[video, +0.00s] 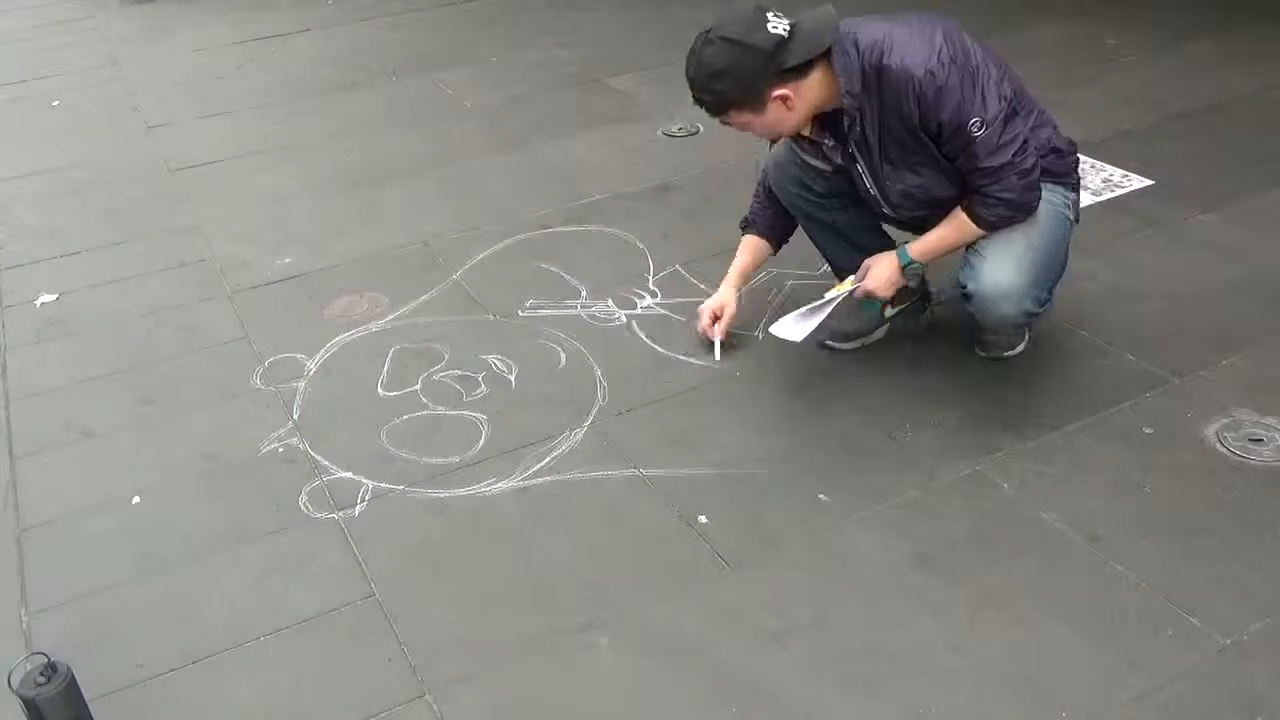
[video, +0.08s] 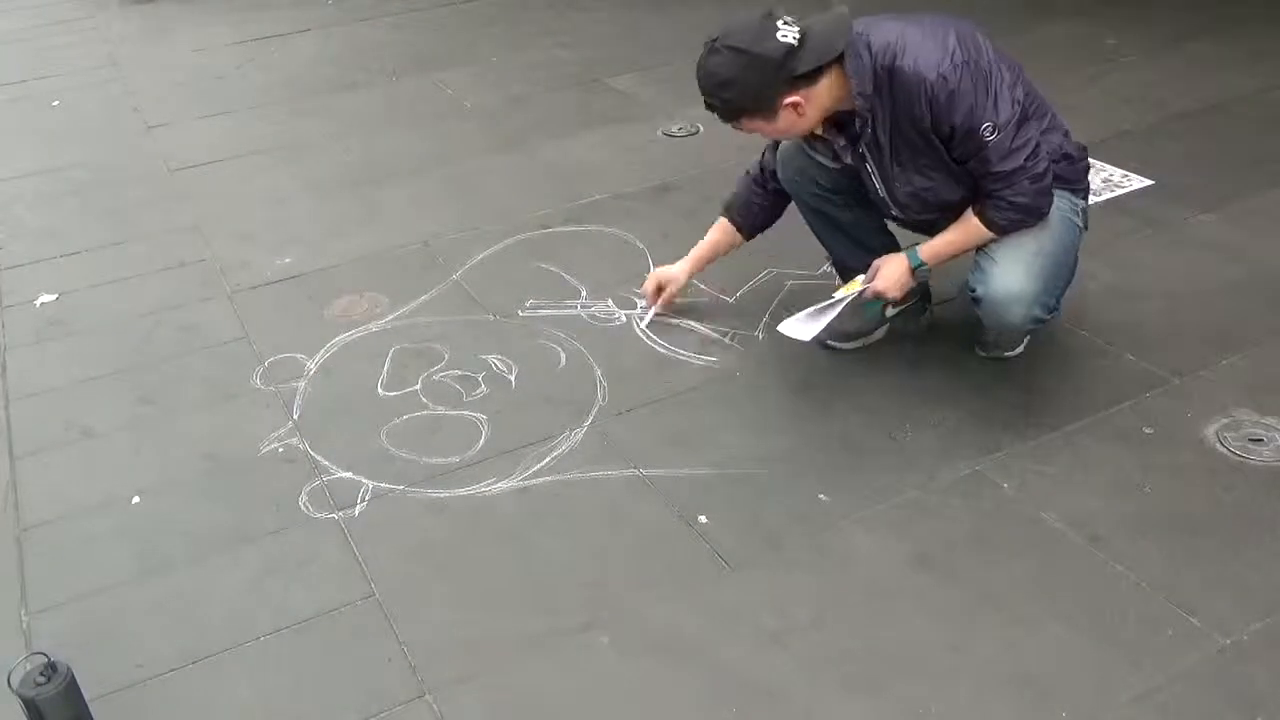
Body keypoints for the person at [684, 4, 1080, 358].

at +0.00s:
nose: (749, 135)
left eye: (745, 124)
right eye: (738, 126)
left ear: (782, 98)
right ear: (781, 94)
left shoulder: (928, 69)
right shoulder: (809, 100)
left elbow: (1010, 196)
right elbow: (777, 193)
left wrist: (904, 260)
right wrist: (731, 284)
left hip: (1027, 185)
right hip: (925, 191)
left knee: (1000, 293)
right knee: (790, 167)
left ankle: (1001, 320)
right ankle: (895, 293)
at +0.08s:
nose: (757, 136)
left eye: (754, 127)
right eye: (747, 129)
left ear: (793, 105)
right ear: (793, 100)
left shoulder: (937, 73)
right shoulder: (822, 95)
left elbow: (1019, 199)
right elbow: (767, 184)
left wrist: (912, 260)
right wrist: (688, 265)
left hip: (1034, 188)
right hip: (935, 191)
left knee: (1010, 299)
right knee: (799, 160)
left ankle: (1005, 320)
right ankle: (893, 294)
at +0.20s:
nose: (828, 149)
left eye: (830, 137)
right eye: (819, 141)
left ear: (879, 102)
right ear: (880, 99)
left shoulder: (1002, 78)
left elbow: (1079, 196)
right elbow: (820, 209)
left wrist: (971, 264)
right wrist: (804, 317)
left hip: (1034, 214)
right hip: (949, 210)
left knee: (1083, 297)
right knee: (838, 180)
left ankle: (1001, 297)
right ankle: (900, 298)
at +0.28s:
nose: (758, 172)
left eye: (759, 163)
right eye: (750, 165)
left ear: (803, 135)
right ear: (801, 132)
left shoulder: (941, 89)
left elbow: (1038, 185)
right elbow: (765, 207)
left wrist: (947, 269)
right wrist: (743, 311)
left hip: (1002, 203)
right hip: (914, 209)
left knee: (1063, 287)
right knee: (795, 203)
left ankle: (989, 288)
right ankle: (889, 303)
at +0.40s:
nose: (927, 133)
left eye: (927, 124)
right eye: (919, 126)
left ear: (978, 94)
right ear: (976, 90)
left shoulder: (1114, 86)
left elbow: (1181, 224)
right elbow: (927, 166)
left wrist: (1059, 288)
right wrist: (893, 269)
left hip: (1142, 217)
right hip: (1062, 194)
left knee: (1143, 350)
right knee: (944, 156)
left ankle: (1088, 298)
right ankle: (967, 311)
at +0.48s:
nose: (915, 167)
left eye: (918, 157)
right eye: (905, 160)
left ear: (955, 125)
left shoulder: (1096, 88)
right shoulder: (926, 95)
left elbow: (1172, 213)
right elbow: (873, 194)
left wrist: (1060, 288)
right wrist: (831, 298)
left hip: (1122, 221)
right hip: (1034, 207)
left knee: (1158, 333)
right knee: (919, 176)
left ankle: (1094, 304)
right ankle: (966, 319)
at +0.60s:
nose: (931, 157)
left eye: (934, 146)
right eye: (922, 150)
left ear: (979, 116)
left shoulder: (1122, 92)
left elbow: (1195, 214)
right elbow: (911, 194)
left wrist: (1076, 286)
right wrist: (871, 299)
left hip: (1138, 217)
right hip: (1052, 203)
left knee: (1169, 340)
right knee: (936, 170)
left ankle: (1099, 293)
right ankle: (965, 316)